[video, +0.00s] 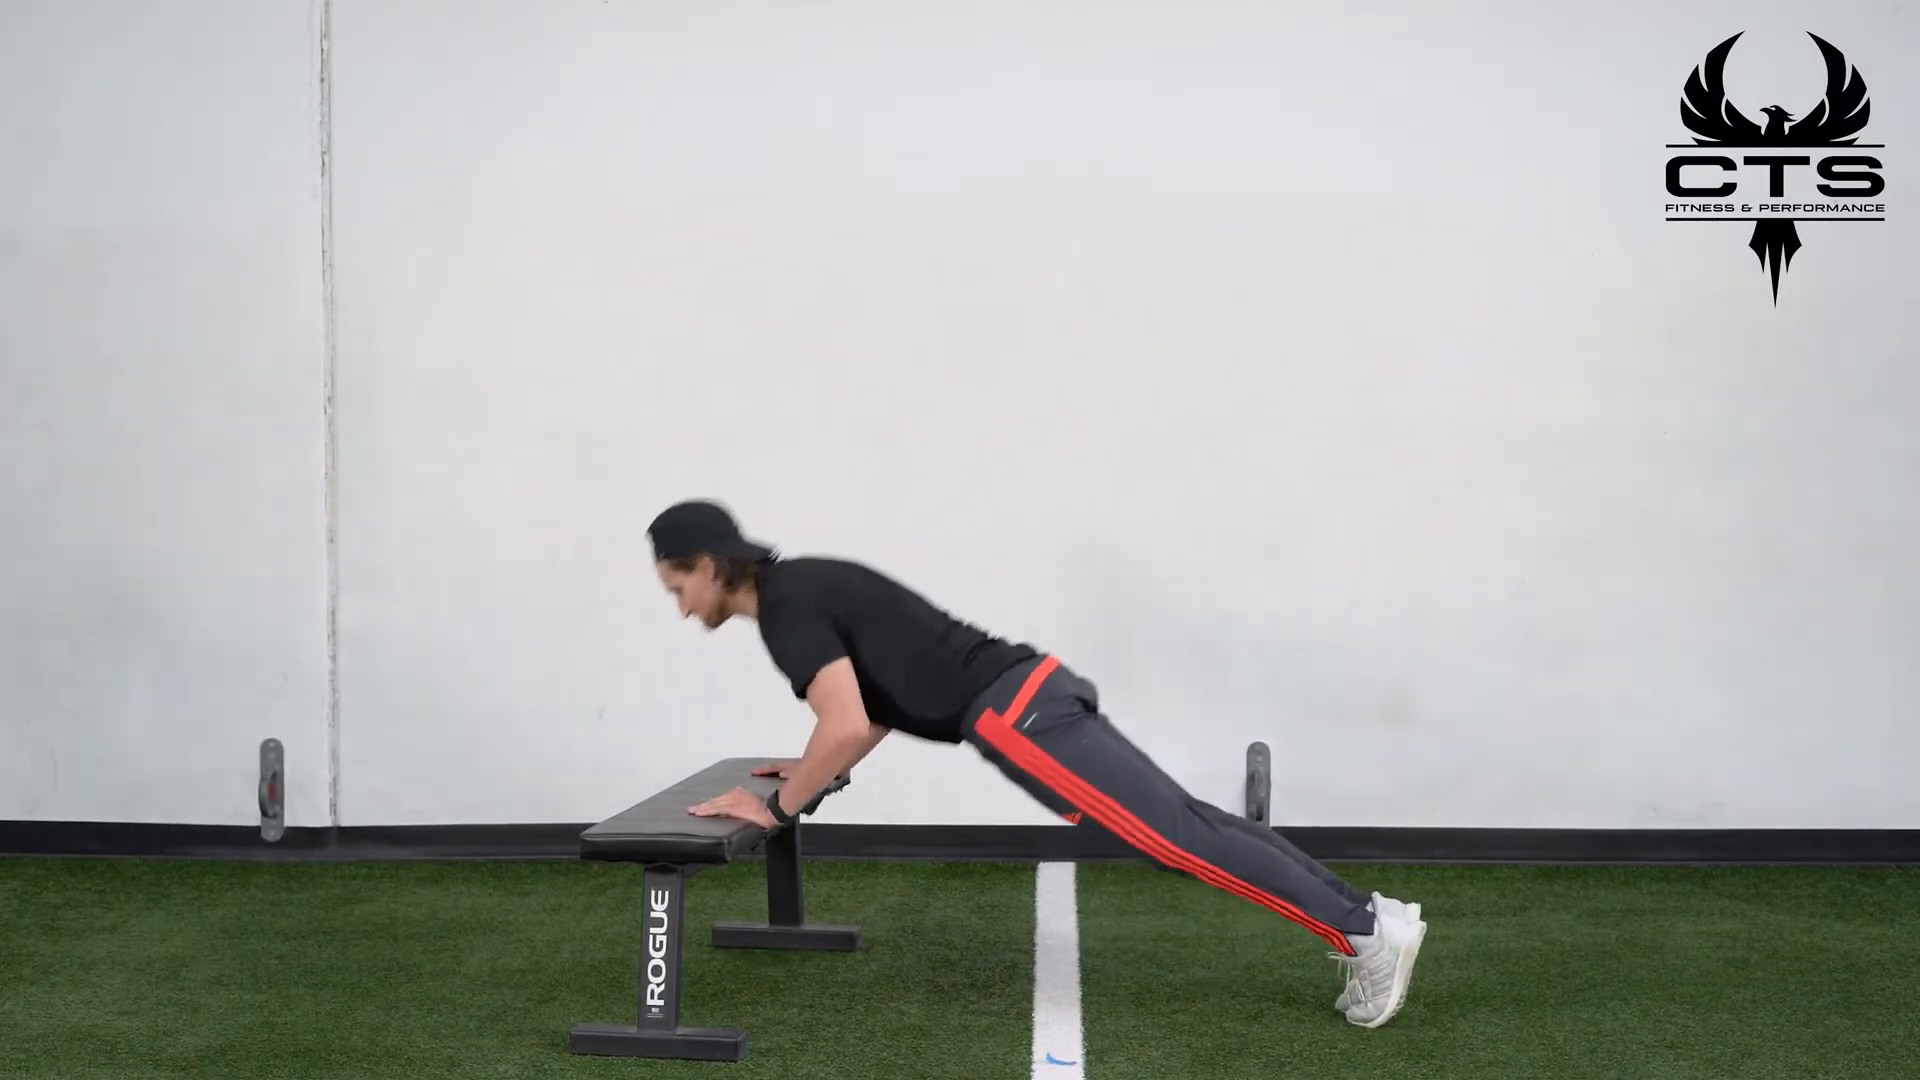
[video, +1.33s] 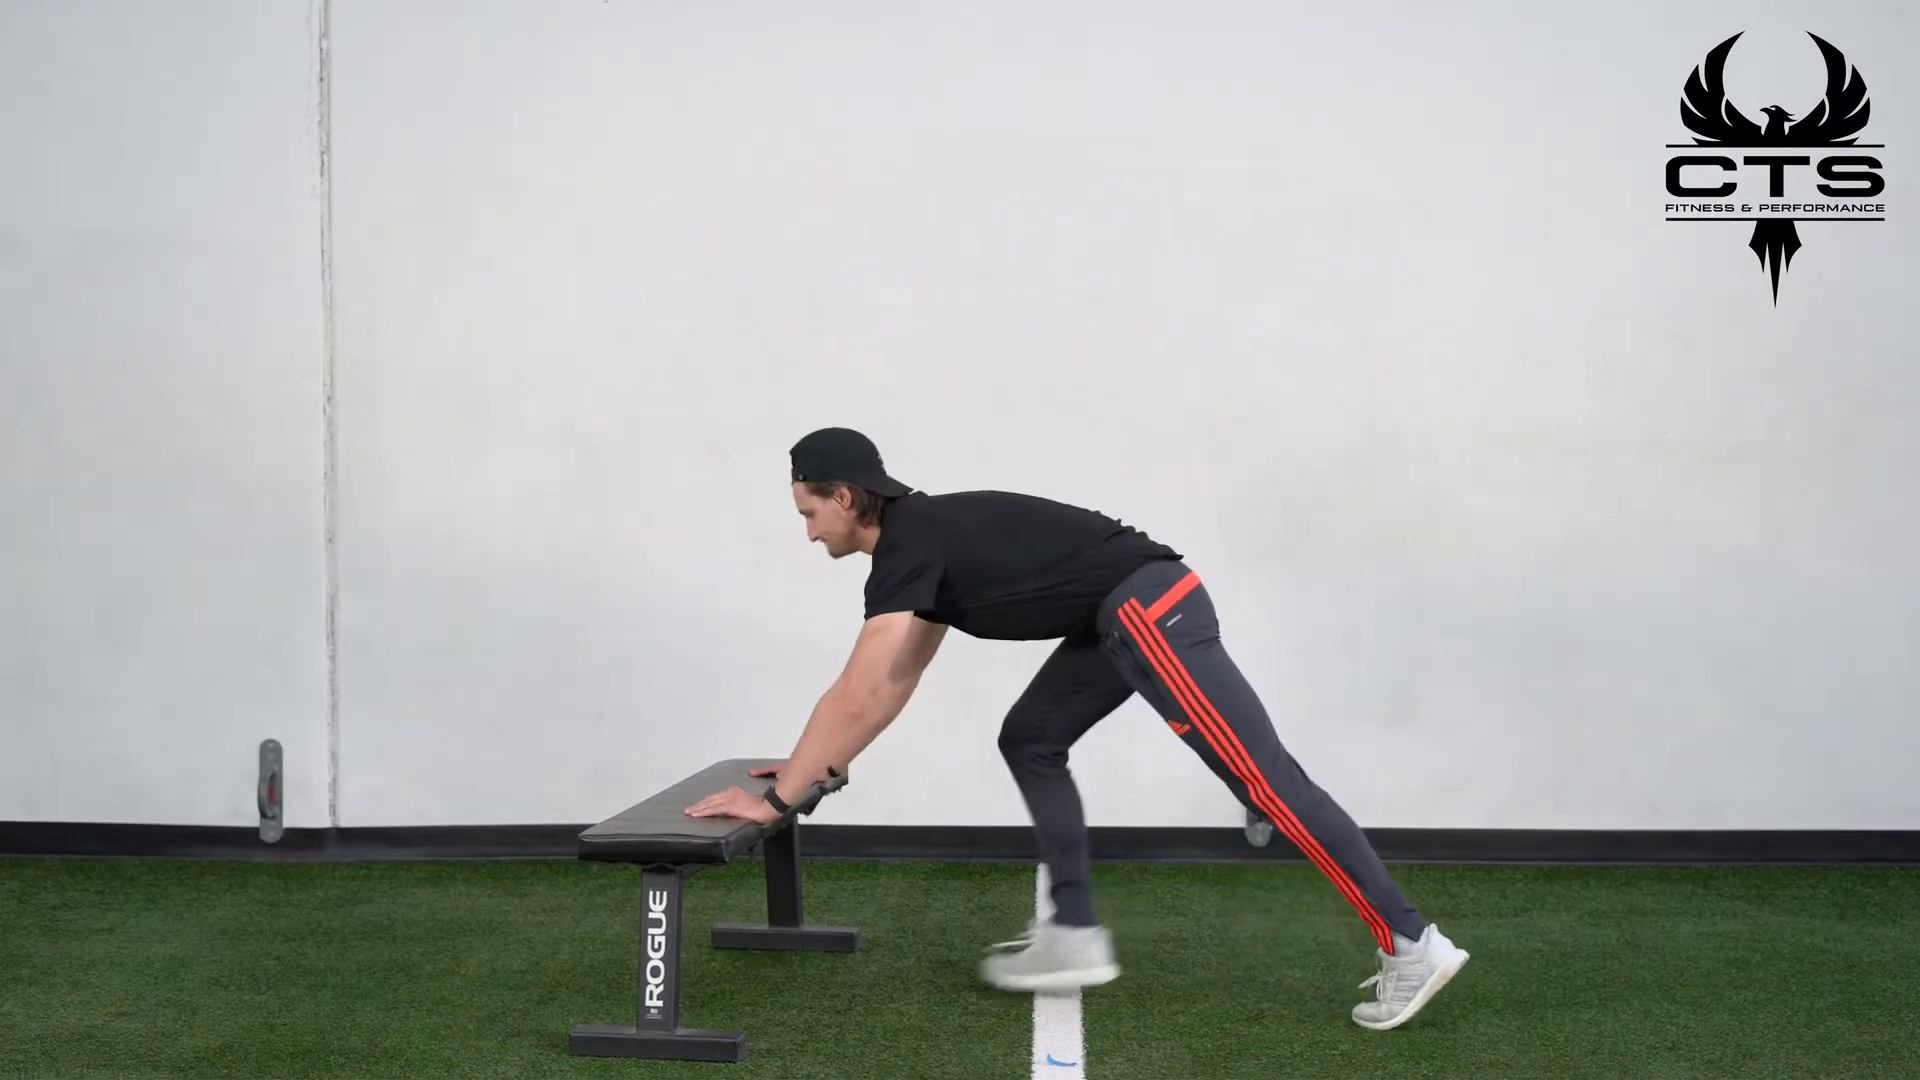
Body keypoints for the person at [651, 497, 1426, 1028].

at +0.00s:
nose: (672, 596)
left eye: (673, 579)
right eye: (667, 582)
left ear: (708, 568)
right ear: (718, 560)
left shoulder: (785, 605)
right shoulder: (806, 585)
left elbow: (849, 731)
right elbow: (869, 720)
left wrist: (777, 803)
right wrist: (801, 774)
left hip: (1015, 714)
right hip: (1032, 694)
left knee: (1178, 838)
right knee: (1185, 819)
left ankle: (1367, 935)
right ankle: (1368, 917)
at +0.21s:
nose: (628, 717)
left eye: (627, 701)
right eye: (622, 705)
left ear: (656, 680)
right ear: (669, 666)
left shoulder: (732, 686)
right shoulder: (762, 669)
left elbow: (821, 722)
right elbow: (896, 676)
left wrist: (773, 805)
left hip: (972, 764)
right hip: (992, 741)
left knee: (1158, 857)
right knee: (1169, 839)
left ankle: (1359, 933)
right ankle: (1360, 916)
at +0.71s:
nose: (670, 623)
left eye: (669, 605)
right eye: (665, 610)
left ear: (703, 586)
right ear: (712, 586)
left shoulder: (770, 614)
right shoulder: (799, 601)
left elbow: (827, 717)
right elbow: (876, 720)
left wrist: (776, 805)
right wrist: (814, 775)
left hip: (1011, 712)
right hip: (1031, 693)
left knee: (1177, 831)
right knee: (1189, 817)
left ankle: (1369, 932)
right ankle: (1363, 927)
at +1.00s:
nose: (755, 519)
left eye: (761, 502)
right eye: (751, 505)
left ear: (805, 490)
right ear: (802, 490)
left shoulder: (862, 545)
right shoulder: (878, 535)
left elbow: (839, 689)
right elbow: (885, 680)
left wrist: (777, 801)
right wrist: (828, 766)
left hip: (1090, 645)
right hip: (1093, 637)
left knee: (1232, 805)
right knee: (1228, 800)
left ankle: (1401, 940)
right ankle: (1390, 932)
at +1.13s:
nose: (779, 514)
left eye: (786, 498)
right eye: (776, 500)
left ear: (831, 491)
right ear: (840, 490)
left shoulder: (885, 547)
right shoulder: (908, 537)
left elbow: (846, 688)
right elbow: (887, 682)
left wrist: (777, 801)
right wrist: (825, 768)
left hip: (1126, 621)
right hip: (1119, 627)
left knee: (1243, 793)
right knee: (1145, 804)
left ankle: (1407, 946)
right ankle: (1307, 892)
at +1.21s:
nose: (793, 518)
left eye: (799, 502)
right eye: (790, 503)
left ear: (844, 496)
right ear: (854, 494)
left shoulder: (898, 550)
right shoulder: (921, 541)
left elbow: (856, 690)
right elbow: (894, 683)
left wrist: (778, 800)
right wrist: (828, 765)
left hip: (1144, 608)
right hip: (1128, 618)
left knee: (1260, 784)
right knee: (1073, 767)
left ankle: (1413, 946)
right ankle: (1217, 889)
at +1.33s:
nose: (803, 519)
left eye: (810, 503)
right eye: (801, 504)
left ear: (854, 498)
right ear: (862, 496)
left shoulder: (905, 549)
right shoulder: (927, 542)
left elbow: (860, 689)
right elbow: (893, 685)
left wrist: (777, 798)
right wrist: (822, 770)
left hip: (1147, 601)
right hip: (1120, 617)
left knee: (1266, 779)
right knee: (1028, 741)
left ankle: (1415, 944)